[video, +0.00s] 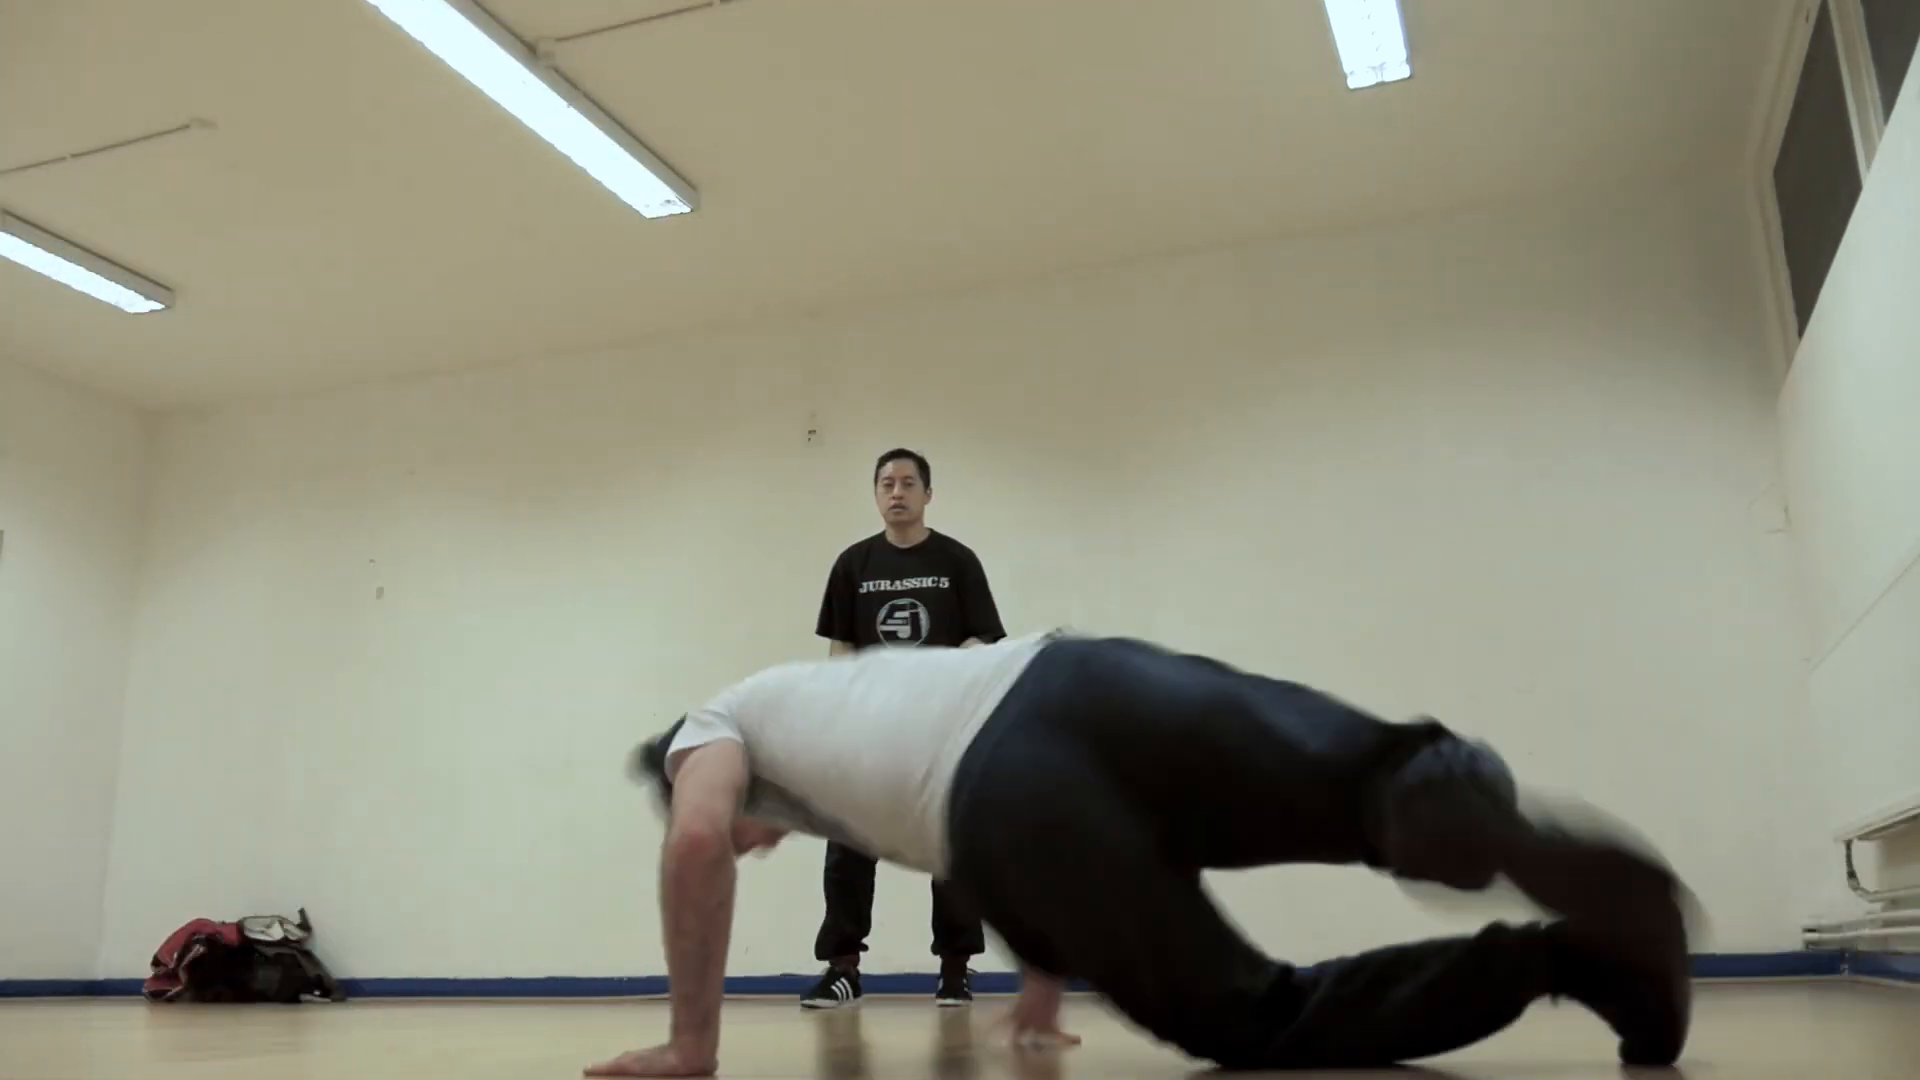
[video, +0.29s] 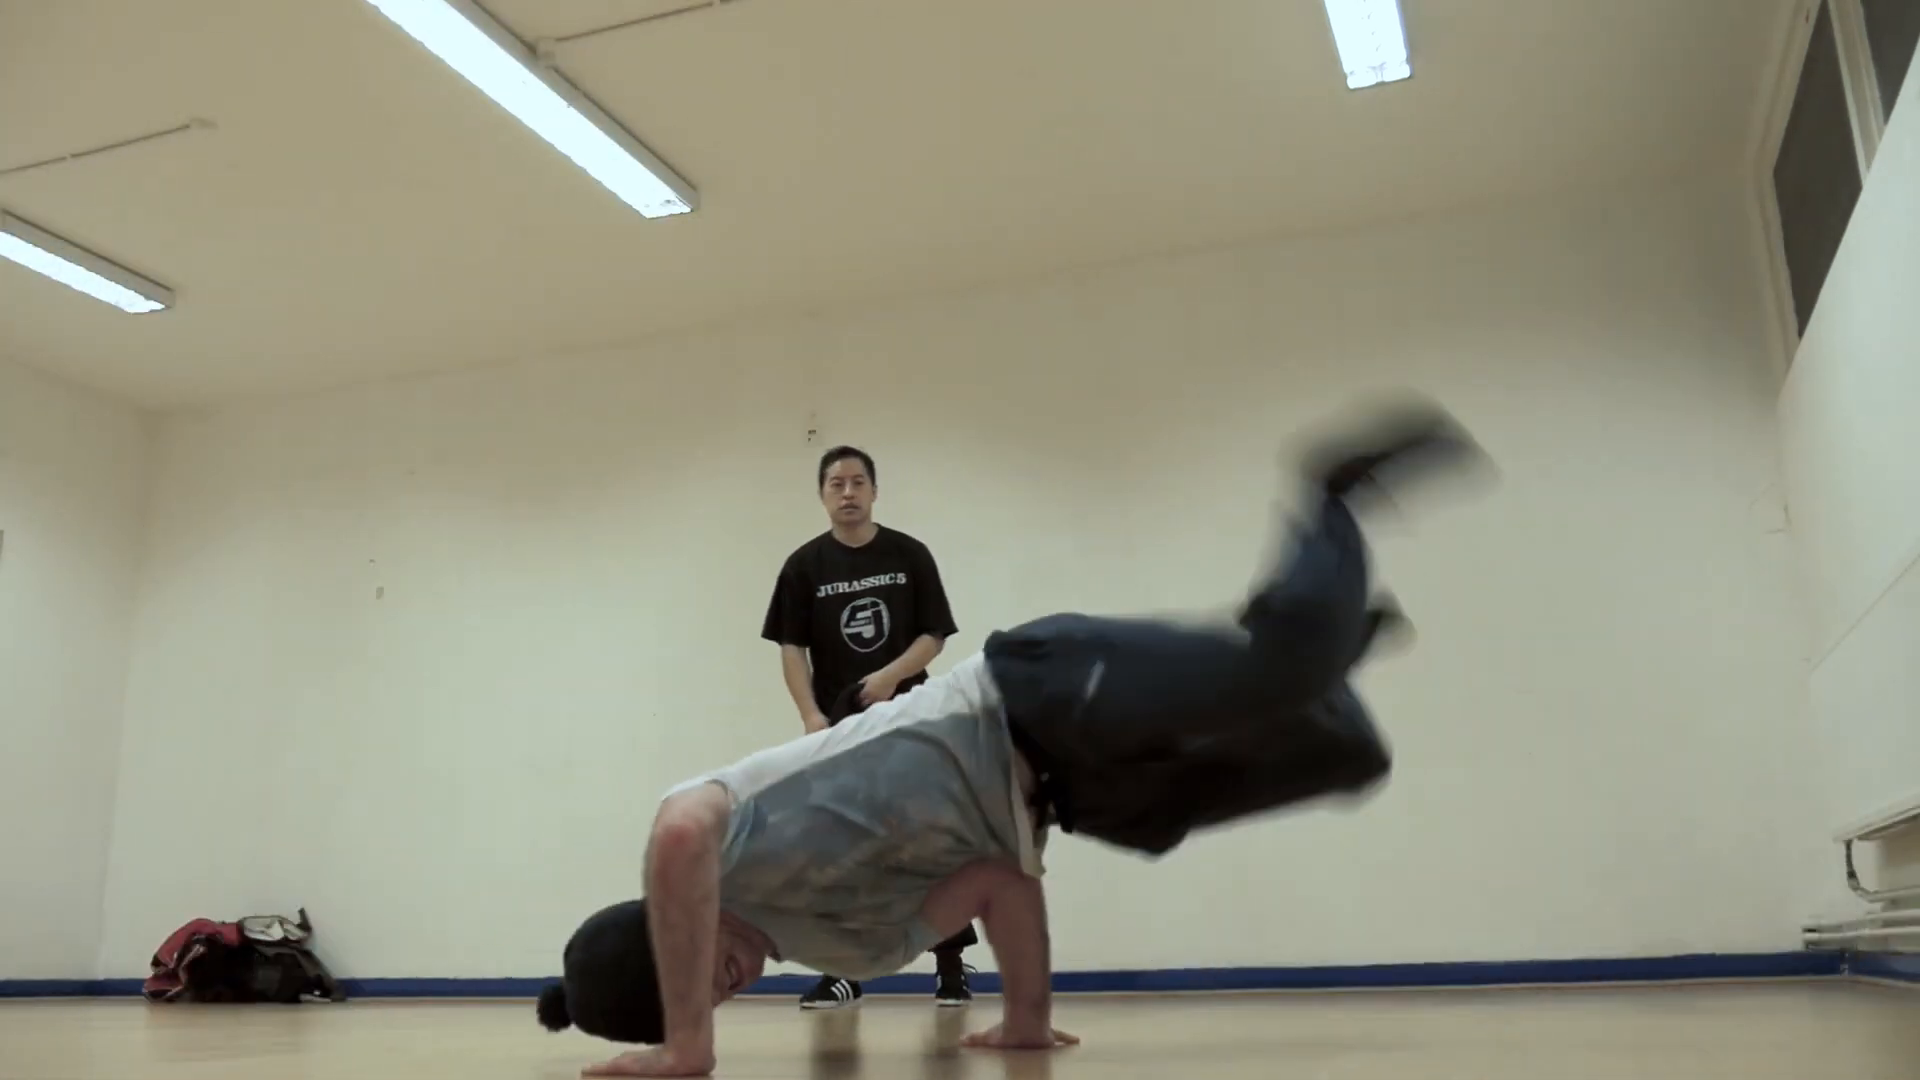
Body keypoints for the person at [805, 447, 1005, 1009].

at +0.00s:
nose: (896, 492)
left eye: (907, 483)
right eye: (887, 484)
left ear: (927, 495)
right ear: (875, 496)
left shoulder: (957, 561)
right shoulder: (854, 563)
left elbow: (982, 649)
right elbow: (840, 654)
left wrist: (962, 711)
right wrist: (835, 728)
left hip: (941, 718)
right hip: (863, 721)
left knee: (951, 837)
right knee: (848, 845)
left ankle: (955, 968)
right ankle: (842, 968)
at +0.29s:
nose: (848, 492)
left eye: (857, 483)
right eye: (837, 484)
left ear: (874, 491)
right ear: (822, 495)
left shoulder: (910, 555)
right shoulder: (803, 566)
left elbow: (935, 634)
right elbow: (792, 649)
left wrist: (890, 676)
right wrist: (811, 715)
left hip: (907, 719)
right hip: (838, 728)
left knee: (927, 833)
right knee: (838, 842)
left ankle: (950, 962)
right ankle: (839, 969)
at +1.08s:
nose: (856, 504)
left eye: (866, 497)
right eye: (846, 498)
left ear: (882, 508)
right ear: (829, 511)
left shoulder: (911, 567)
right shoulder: (813, 577)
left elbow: (946, 637)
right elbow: (791, 661)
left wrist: (949, 717)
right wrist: (780, 737)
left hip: (913, 725)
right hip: (842, 728)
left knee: (920, 846)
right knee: (832, 849)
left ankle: (923, 961)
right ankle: (834, 969)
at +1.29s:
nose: (890, 520)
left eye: (899, 512)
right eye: (879, 513)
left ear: (912, 522)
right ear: (863, 524)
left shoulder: (943, 589)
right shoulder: (842, 588)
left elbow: (969, 674)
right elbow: (824, 673)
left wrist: (971, 745)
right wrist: (827, 750)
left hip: (934, 741)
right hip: (858, 747)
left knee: (928, 858)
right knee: (847, 856)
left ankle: (922, 967)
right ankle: (837, 970)